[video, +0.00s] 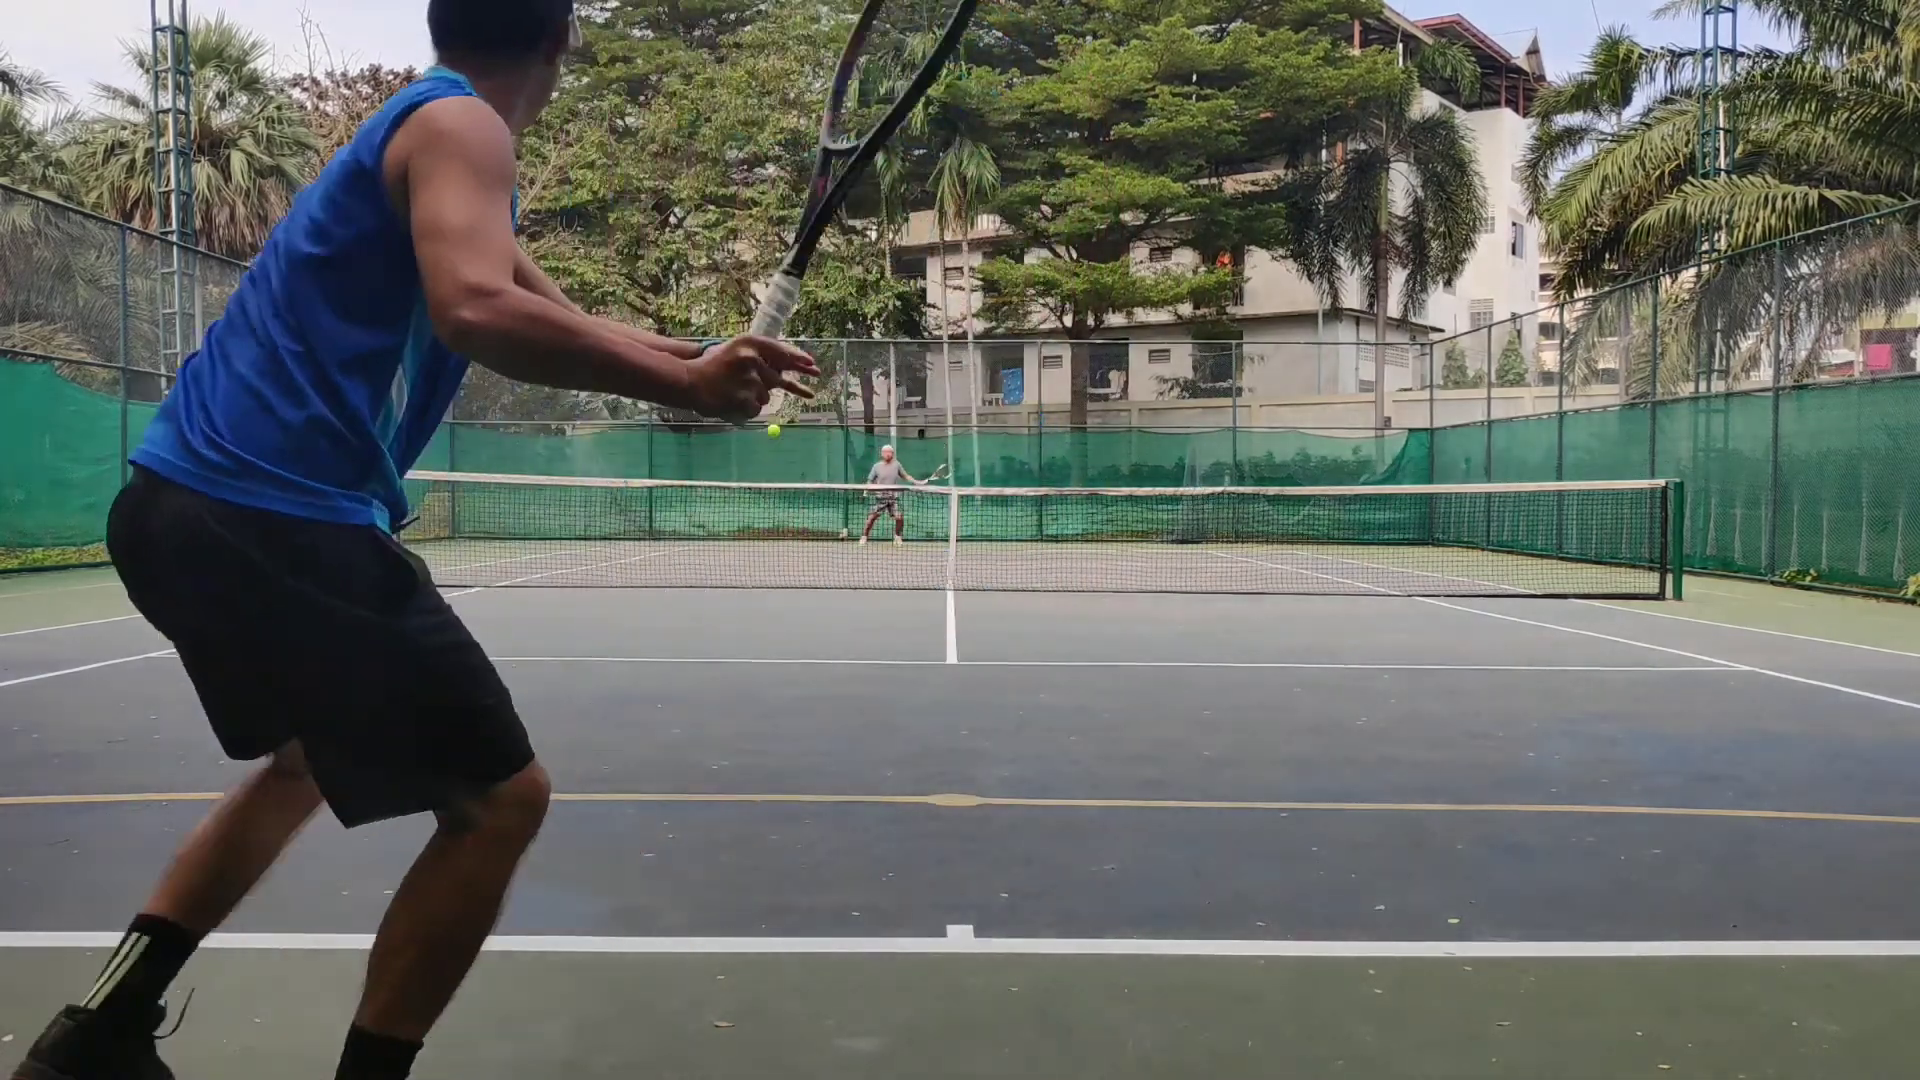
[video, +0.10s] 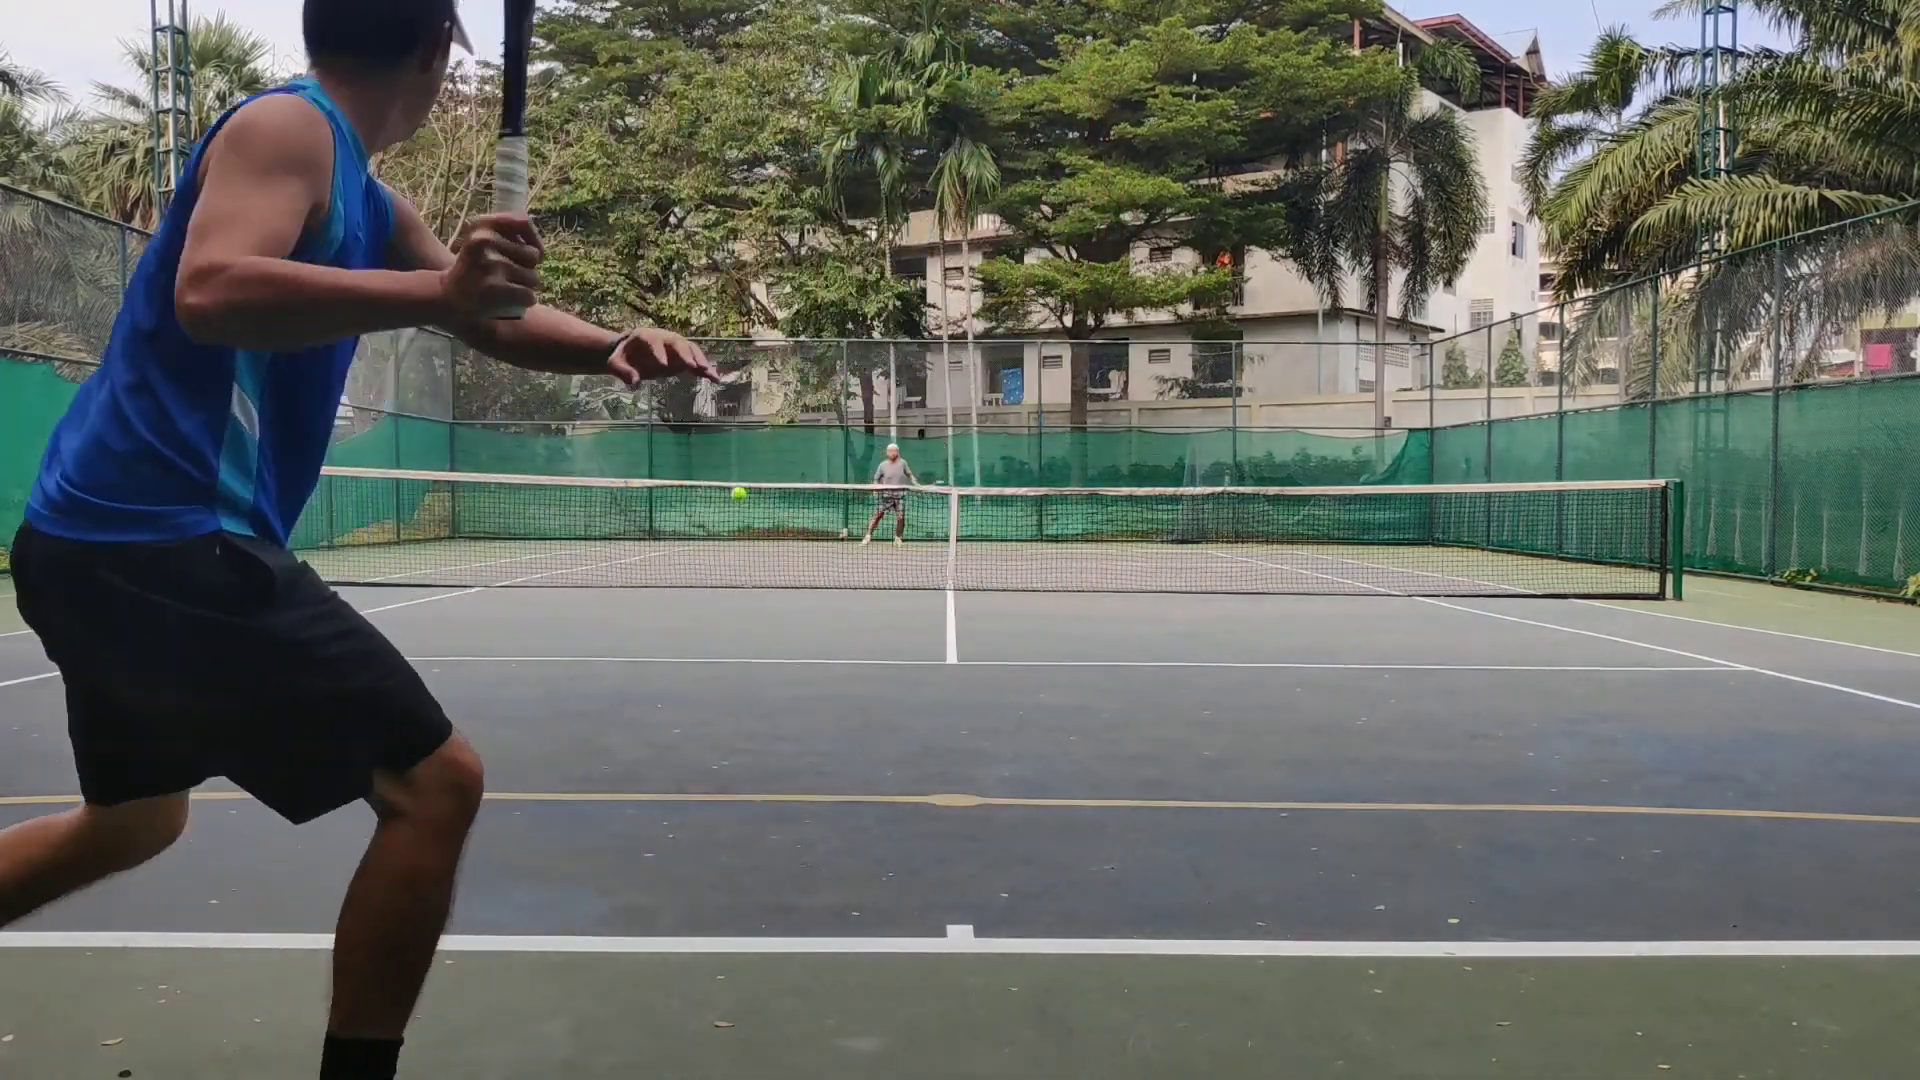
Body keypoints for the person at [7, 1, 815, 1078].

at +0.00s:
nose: (568, 63)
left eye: (566, 45)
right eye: (570, 42)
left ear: (447, 32)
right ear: (558, 44)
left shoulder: (404, 126)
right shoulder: (460, 126)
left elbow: (529, 305)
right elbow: (475, 306)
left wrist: (689, 367)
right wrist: (676, 378)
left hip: (178, 500)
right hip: (287, 523)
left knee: (316, 750)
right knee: (502, 801)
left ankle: (111, 1021)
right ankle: (370, 1070)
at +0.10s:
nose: (448, 82)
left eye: (450, 59)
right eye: (449, 56)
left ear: (331, 38)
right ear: (428, 54)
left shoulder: (364, 189)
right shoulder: (284, 126)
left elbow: (480, 316)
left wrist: (608, 346)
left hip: (104, 536)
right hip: (163, 536)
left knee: (134, 819)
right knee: (436, 788)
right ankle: (358, 1077)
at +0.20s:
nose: (300, 76)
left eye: (303, 53)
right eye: (302, 50)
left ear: (172, 32)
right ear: (275, 45)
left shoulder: (247, 202)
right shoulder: (82, 120)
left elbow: (369, 300)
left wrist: (472, 356)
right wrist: (70, 281)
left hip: (86, 548)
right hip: (40, 546)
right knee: (298, 781)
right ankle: (329, 1070)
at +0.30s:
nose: (144, 58)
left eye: (148, 39)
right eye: (147, 35)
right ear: (117, 27)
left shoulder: (82, 186)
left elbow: (226, 298)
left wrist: (314, 379)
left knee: (86, 820)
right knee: (89, 820)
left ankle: (232, 1069)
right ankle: (236, 1071)